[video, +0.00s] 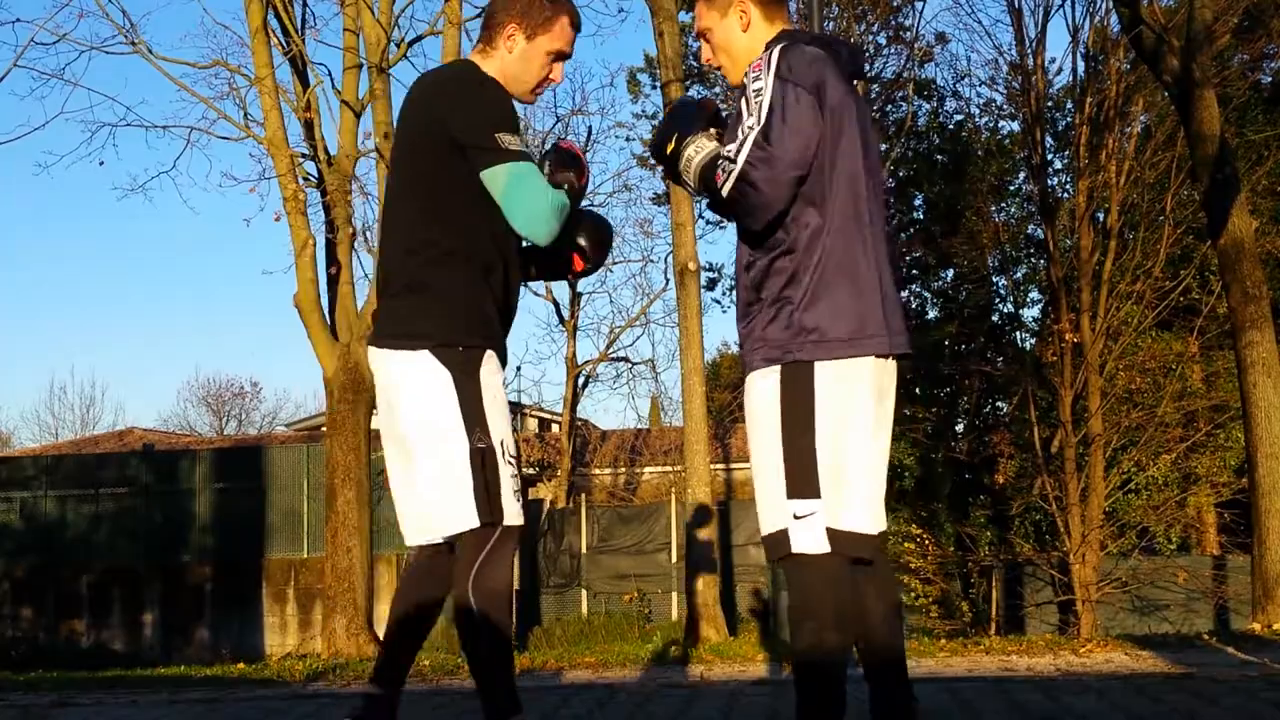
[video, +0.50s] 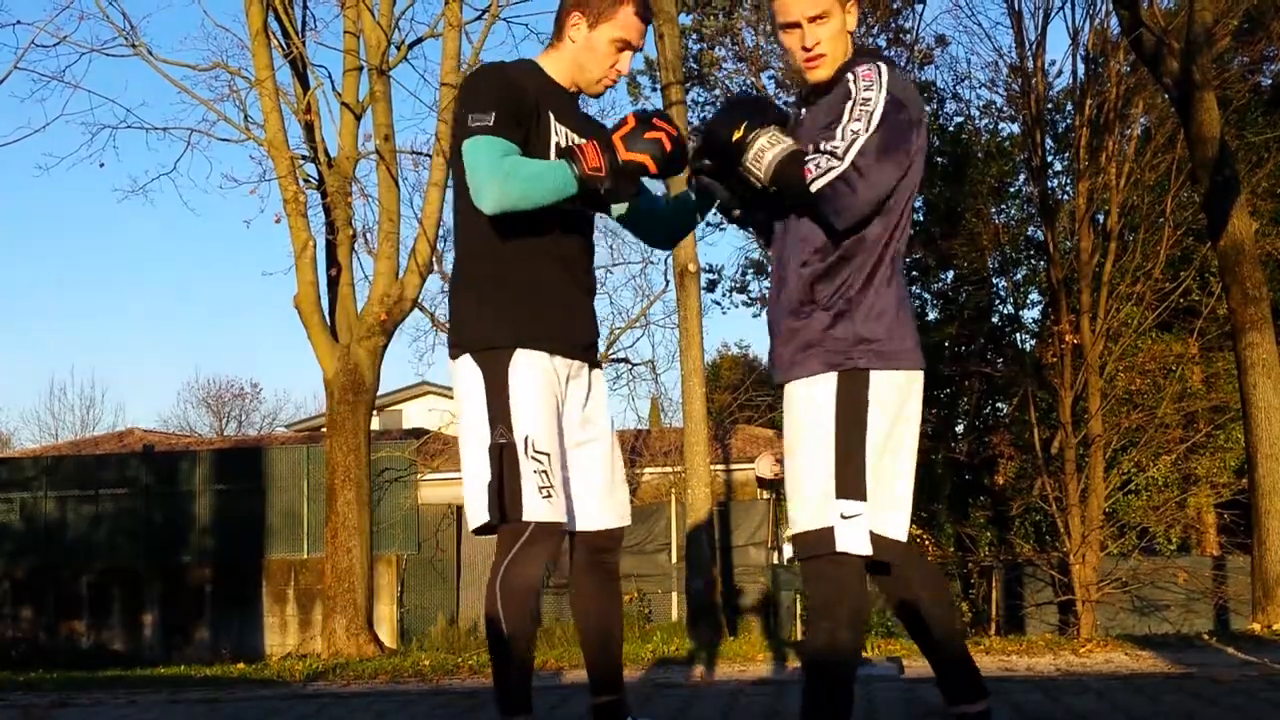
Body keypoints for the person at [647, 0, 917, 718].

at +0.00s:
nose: (702, 53)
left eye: (705, 34)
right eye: (699, 39)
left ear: (746, 17)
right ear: (756, 18)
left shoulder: (786, 72)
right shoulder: (826, 75)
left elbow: (754, 195)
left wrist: (694, 148)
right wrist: (713, 139)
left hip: (806, 335)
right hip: (858, 328)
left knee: (801, 538)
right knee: (854, 537)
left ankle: (818, 716)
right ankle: (894, 709)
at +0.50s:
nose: (804, 40)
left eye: (818, 20)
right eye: (788, 28)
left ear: (851, 14)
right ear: (775, 32)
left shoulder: (881, 87)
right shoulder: (807, 117)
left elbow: (844, 200)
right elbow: (782, 228)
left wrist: (765, 146)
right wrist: (727, 177)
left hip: (851, 349)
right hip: (833, 350)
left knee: (826, 540)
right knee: (879, 534)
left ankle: (823, 719)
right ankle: (968, 695)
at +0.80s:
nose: (873, 52)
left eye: (886, 34)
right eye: (859, 40)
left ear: (920, 26)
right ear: (847, 43)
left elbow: (969, 202)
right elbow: (851, 247)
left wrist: (856, 161)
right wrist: (809, 181)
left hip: (936, 336)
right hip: (882, 341)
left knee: (869, 508)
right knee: (940, 523)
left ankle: (912, 711)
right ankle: (986, 707)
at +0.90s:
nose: (895, 44)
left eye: (908, 26)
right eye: (882, 32)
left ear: (944, 22)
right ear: (873, 37)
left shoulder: (980, 81)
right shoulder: (890, 118)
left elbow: (984, 191)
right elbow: (872, 233)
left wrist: (869, 151)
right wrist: (816, 167)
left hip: (949, 332)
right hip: (912, 335)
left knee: (889, 505)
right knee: (957, 518)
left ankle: (1009, 685)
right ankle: (997, 691)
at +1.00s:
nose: (910, 39)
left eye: (924, 22)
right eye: (897, 28)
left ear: (960, 17)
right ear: (888, 33)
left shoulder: (990, 77)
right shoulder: (923, 112)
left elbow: (991, 185)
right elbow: (893, 225)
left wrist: (884, 157)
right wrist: (838, 173)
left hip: (971, 334)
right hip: (932, 338)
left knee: (944, 518)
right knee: (965, 524)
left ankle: (1088, 695)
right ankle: (988, 707)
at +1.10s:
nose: (918, 40)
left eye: (930, 21)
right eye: (905, 28)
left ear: (972, 15)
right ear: (897, 33)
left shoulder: (1002, 78)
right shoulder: (937, 114)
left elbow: (990, 194)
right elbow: (920, 224)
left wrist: (890, 163)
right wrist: (871, 184)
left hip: (999, 340)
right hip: (937, 350)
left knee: (1030, 531)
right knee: (965, 543)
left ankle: (1118, 708)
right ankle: (989, 709)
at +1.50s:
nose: (944, 43)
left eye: (953, 24)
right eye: (941, 28)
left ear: (1006, 11)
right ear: (994, 17)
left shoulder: (1058, 66)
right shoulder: (1015, 93)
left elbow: (1014, 186)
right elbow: (977, 212)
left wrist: (939, 126)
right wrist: (922, 140)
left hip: (1061, 336)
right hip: (1011, 343)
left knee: (1086, 526)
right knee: (1032, 527)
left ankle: (1131, 706)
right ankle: (1109, 692)